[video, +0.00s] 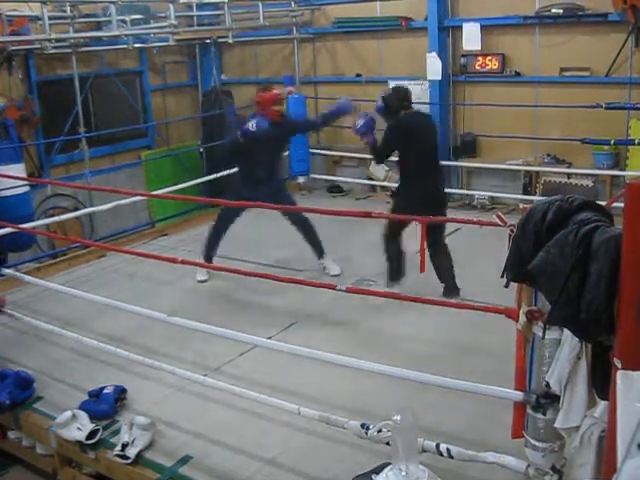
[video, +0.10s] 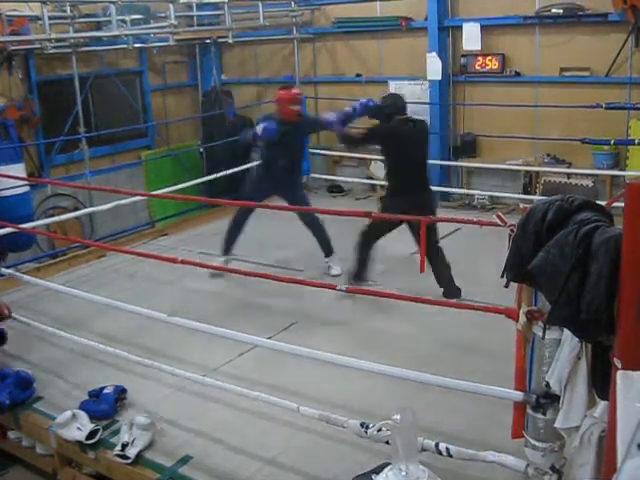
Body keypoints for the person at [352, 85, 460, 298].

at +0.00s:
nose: (385, 109)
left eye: (387, 105)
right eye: (386, 105)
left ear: (394, 106)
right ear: (410, 103)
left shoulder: (398, 125)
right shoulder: (426, 120)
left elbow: (380, 156)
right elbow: (409, 139)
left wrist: (368, 137)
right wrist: (389, 116)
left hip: (410, 194)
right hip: (434, 192)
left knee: (392, 234)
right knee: (436, 240)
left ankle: (395, 276)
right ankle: (451, 287)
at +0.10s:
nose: (380, 114)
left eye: (382, 110)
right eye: (380, 110)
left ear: (387, 112)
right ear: (404, 110)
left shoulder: (384, 131)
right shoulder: (421, 127)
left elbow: (354, 141)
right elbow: (394, 122)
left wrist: (339, 127)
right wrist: (373, 111)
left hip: (397, 203)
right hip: (422, 201)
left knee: (367, 238)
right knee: (432, 247)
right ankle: (451, 290)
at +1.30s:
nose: (351, 117)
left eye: (350, 114)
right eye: (349, 113)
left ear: (325, 108)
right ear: (341, 112)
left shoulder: (313, 124)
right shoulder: (336, 128)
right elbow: (364, 148)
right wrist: (363, 137)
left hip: (293, 191)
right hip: (312, 194)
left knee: (315, 244)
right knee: (325, 250)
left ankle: (308, 296)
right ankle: (307, 304)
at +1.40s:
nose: (346, 114)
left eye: (345, 111)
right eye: (345, 111)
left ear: (320, 109)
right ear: (340, 111)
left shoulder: (307, 126)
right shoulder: (335, 129)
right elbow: (366, 149)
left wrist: (353, 133)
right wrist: (365, 132)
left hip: (293, 196)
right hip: (312, 198)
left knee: (318, 243)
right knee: (328, 254)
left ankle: (311, 286)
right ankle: (307, 305)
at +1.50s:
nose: (343, 113)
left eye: (342, 109)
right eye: (341, 109)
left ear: (318, 108)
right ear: (337, 110)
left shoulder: (306, 125)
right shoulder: (331, 128)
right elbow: (359, 146)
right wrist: (367, 131)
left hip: (294, 194)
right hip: (311, 197)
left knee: (319, 242)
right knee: (327, 251)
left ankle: (316, 279)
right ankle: (307, 305)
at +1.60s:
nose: (344, 111)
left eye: (343, 108)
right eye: (342, 108)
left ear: (319, 107)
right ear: (337, 109)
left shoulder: (306, 124)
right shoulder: (331, 127)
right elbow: (360, 144)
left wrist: (357, 134)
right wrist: (366, 133)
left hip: (295, 194)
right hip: (310, 197)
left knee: (318, 244)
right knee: (323, 251)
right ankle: (307, 304)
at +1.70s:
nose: (343, 113)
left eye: (342, 109)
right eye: (342, 109)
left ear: (319, 105)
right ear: (337, 109)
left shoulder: (309, 120)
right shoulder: (328, 124)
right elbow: (348, 142)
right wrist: (347, 123)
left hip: (297, 186)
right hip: (304, 190)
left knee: (324, 230)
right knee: (316, 241)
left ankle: (320, 269)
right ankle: (304, 301)